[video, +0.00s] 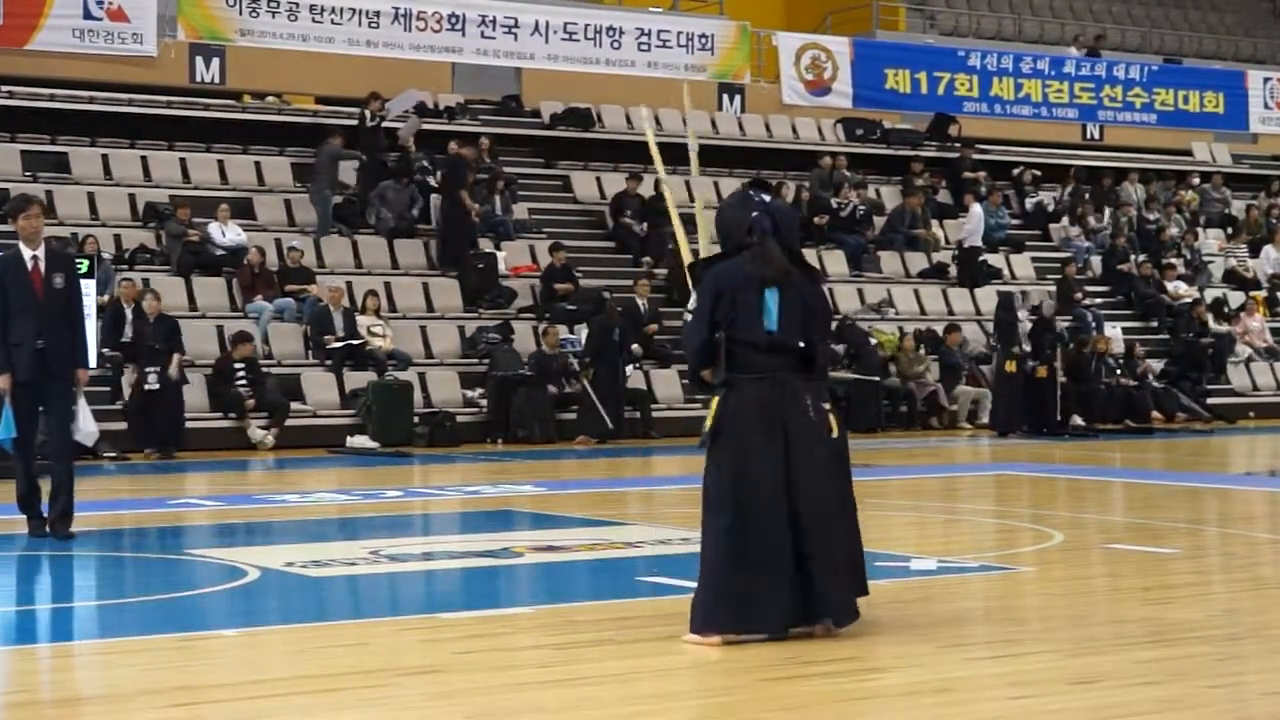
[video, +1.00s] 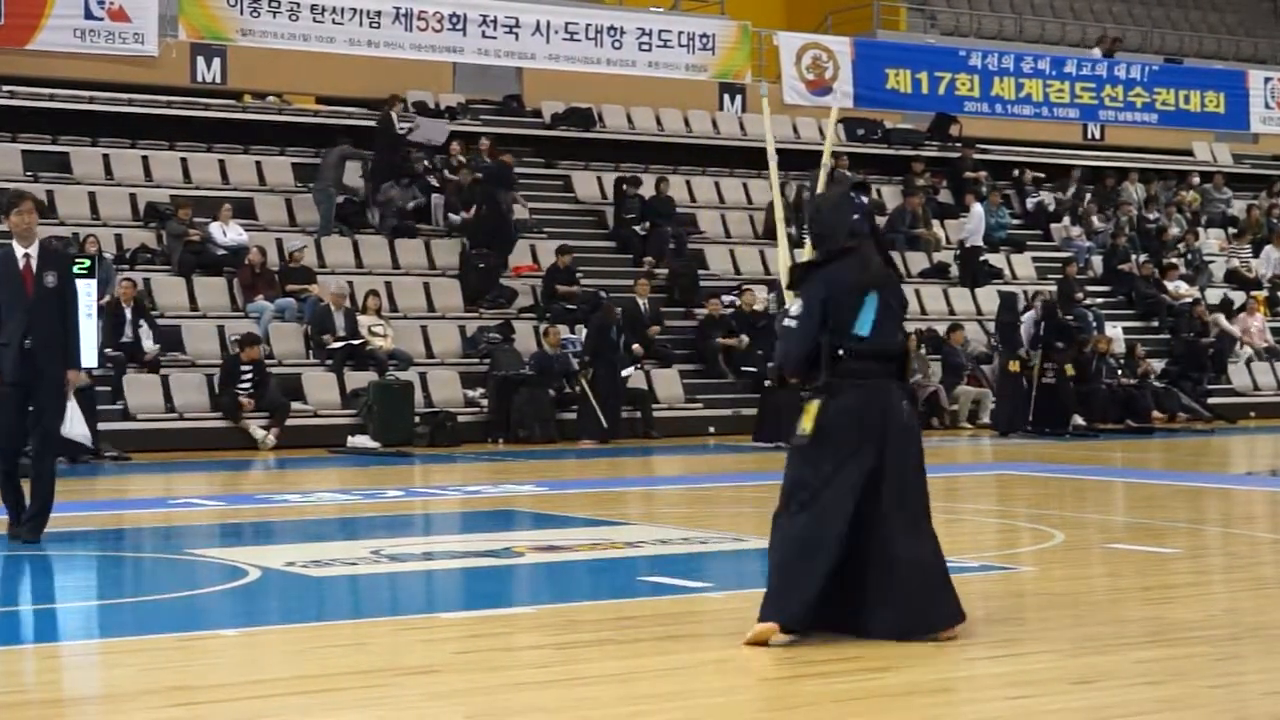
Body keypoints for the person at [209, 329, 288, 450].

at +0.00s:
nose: (253, 348)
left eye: (253, 345)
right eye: (250, 345)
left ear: (243, 346)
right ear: (240, 346)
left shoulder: (252, 362)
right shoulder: (222, 362)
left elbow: (260, 383)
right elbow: (219, 387)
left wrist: (255, 399)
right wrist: (241, 400)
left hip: (253, 396)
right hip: (232, 399)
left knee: (283, 403)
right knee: (235, 396)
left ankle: (271, 436)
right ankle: (250, 428)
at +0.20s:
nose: (254, 349)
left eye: (254, 346)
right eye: (252, 346)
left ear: (245, 346)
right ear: (241, 346)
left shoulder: (253, 361)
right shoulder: (223, 362)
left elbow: (260, 383)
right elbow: (221, 387)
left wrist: (254, 398)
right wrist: (238, 395)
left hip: (253, 395)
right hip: (233, 396)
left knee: (283, 404)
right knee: (234, 399)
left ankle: (271, 435)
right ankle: (250, 428)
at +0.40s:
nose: (255, 349)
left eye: (255, 346)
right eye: (252, 346)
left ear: (246, 347)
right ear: (243, 346)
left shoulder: (255, 362)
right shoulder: (225, 362)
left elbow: (262, 384)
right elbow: (222, 387)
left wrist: (254, 399)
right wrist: (238, 397)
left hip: (254, 395)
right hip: (234, 395)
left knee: (283, 404)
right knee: (234, 402)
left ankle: (271, 435)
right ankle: (250, 428)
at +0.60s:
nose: (256, 349)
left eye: (256, 346)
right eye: (254, 346)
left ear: (248, 347)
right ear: (245, 347)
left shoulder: (256, 362)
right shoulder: (227, 362)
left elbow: (262, 384)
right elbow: (223, 387)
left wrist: (253, 398)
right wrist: (239, 393)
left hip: (256, 395)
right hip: (236, 395)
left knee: (283, 404)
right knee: (229, 402)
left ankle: (272, 436)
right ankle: (250, 428)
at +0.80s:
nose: (257, 350)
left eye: (257, 346)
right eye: (254, 347)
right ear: (245, 348)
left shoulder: (258, 363)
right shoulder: (228, 362)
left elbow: (263, 385)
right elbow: (224, 388)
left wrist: (254, 399)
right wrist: (239, 399)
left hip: (256, 396)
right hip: (236, 396)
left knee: (283, 404)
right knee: (226, 402)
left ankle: (272, 436)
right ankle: (248, 429)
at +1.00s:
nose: (259, 351)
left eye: (259, 348)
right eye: (256, 348)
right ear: (246, 349)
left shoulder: (259, 363)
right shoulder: (229, 363)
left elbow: (264, 385)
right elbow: (224, 388)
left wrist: (254, 400)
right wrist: (239, 399)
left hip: (255, 396)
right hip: (236, 397)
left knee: (283, 404)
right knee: (226, 402)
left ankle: (271, 436)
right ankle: (251, 428)